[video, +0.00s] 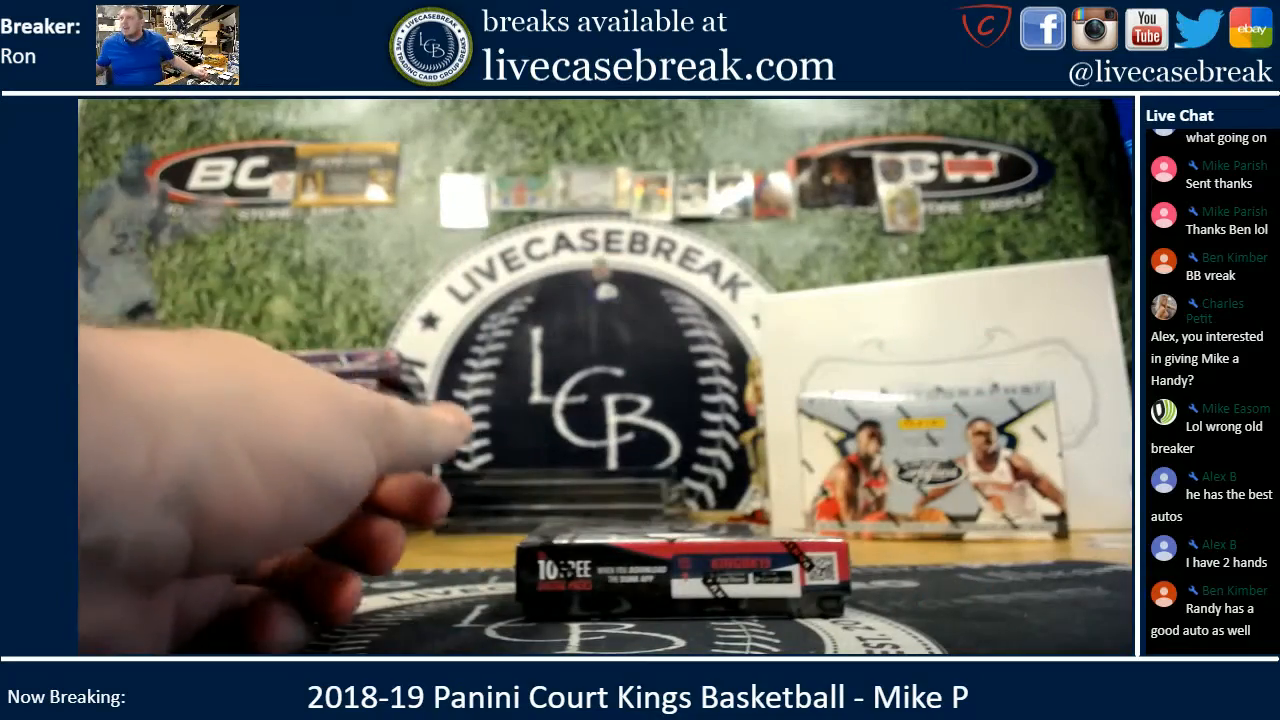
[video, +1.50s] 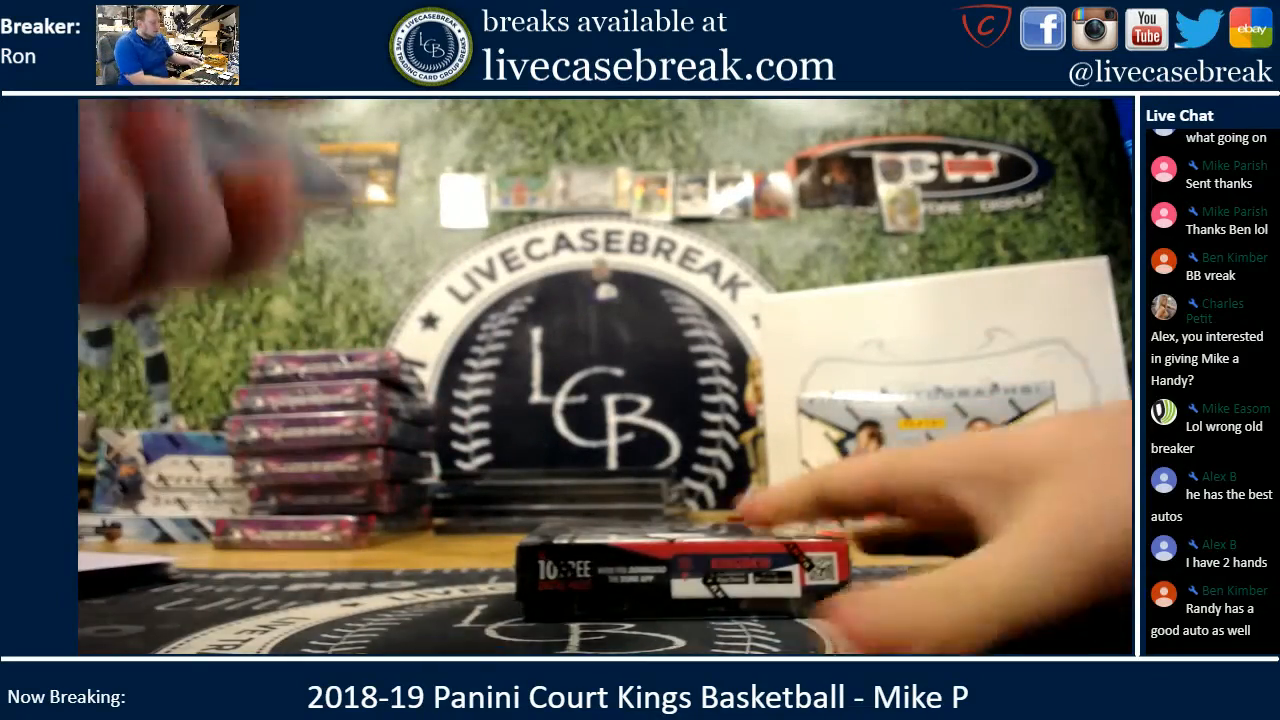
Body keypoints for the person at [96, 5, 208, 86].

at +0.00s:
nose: (124, 22)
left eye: (129, 18)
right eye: (121, 18)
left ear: (141, 21)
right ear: (118, 21)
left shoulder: (157, 40)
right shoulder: (110, 43)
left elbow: (173, 60)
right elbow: (99, 68)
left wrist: (194, 71)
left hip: (154, 101)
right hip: (122, 101)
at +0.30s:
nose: (129, 20)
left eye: (134, 17)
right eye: (127, 16)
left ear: (144, 21)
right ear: (123, 20)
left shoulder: (157, 40)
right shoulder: (112, 42)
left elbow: (171, 60)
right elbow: (103, 71)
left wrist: (190, 65)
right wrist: (90, 75)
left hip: (155, 98)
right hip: (122, 99)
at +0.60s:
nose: (139, 19)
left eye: (144, 16)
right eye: (136, 16)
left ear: (152, 21)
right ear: (130, 21)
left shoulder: (158, 39)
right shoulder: (118, 40)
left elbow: (170, 59)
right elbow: (107, 74)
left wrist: (181, 55)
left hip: (157, 96)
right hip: (126, 98)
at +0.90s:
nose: (143, 19)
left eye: (147, 16)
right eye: (139, 16)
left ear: (153, 21)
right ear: (133, 21)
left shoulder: (160, 38)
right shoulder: (123, 39)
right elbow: (128, 71)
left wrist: (179, 55)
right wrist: (164, 59)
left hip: (159, 92)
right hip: (132, 95)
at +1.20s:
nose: (150, 21)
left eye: (153, 18)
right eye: (145, 18)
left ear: (156, 21)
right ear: (136, 21)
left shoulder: (161, 39)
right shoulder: (125, 41)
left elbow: (174, 59)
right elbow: (134, 76)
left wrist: (183, 59)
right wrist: (170, 64)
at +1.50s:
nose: (157, 27)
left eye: (159, 22)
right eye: (153, 23)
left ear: (160, 21)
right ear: (140, 24)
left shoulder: (160, 38)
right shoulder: (126, 44)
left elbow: (173, 57)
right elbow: (138, 80)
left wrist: (191, 60)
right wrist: (178, 82)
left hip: (163, 90)